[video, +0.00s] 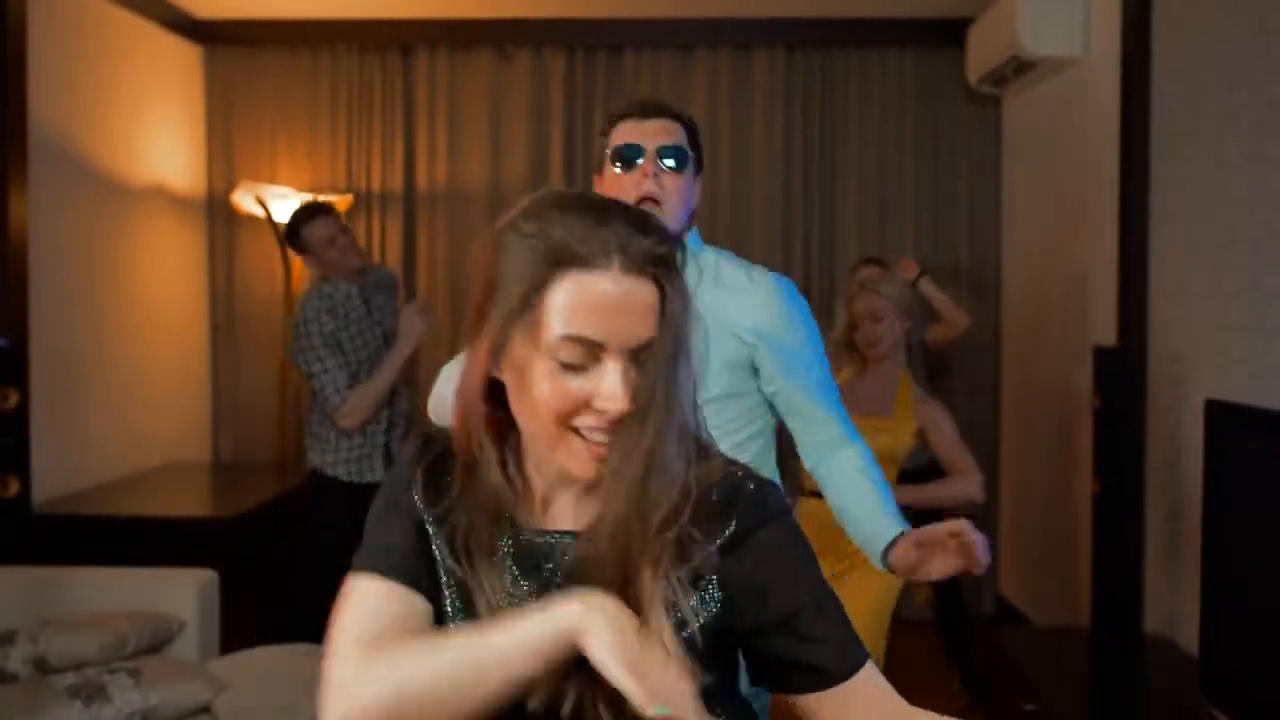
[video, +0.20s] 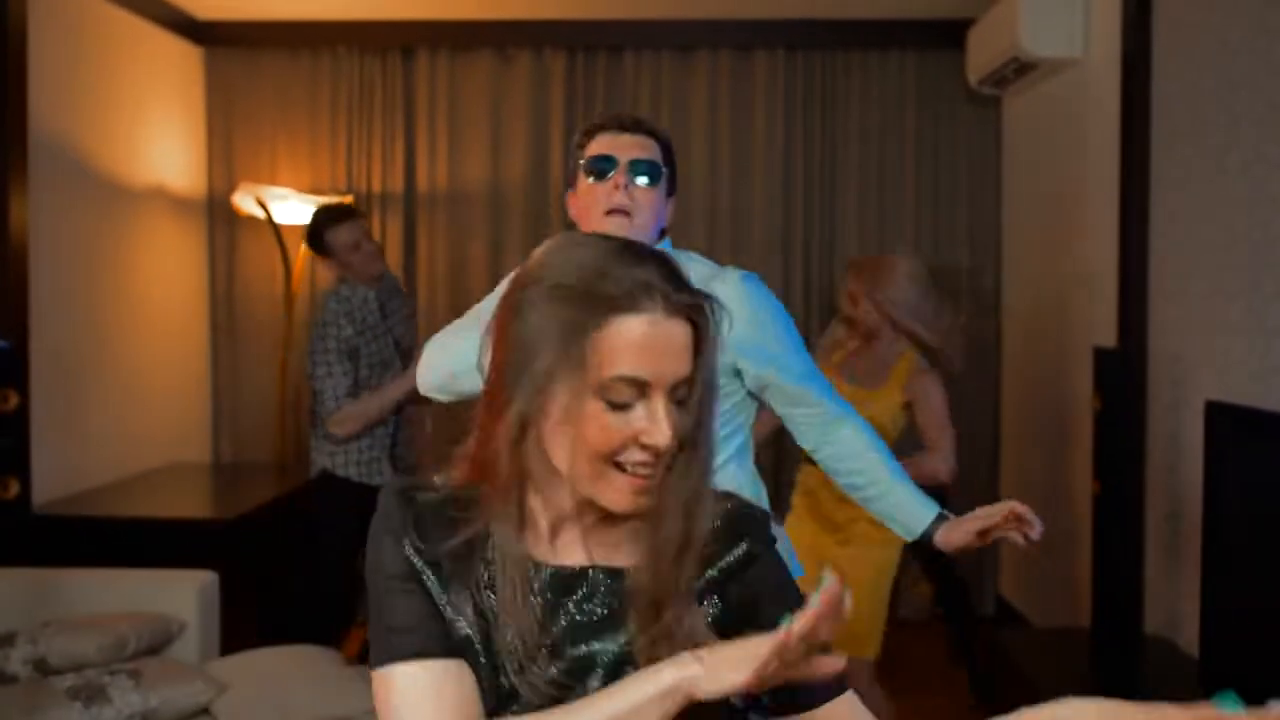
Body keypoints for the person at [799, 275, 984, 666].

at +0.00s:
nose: (866, 330)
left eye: (877, 318)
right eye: (858, 320)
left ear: (904, 324)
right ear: (849, 327)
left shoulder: (918, 405)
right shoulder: (829, 387)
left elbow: (971, 485)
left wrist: (888, 495)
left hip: (875, 536)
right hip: (813, 531)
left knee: (844, 658)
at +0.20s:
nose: (847, 306)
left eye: (859, 300)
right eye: (847, 296)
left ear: (890, 308)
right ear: (844, 295)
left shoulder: (915, 376)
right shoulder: (834, 344)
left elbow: (941, 462)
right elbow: (779, 407)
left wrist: (871, 476)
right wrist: (733, 445)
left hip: (869, 524)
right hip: (809, 510)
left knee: (850, 667)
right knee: (786, 645)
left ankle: (877, 710)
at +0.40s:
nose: (837, 277)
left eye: (847, 265)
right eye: (837, 265)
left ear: (876, 271)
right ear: (840, 271)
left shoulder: (901, 340)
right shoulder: (840, 322)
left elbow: (879, 426)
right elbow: (798, 374)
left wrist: (825, 450)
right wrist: (774, 411)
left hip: (858, 485)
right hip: (812, 475)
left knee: (851, 625)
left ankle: (877, 705)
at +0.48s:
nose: (835, 276)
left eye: (844, 264)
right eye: (834, 263)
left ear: (873, 266)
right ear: (836, 265)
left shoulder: (894, 331)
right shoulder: (837, 316)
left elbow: (854, 418)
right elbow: (802, 376)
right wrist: (779, 418)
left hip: (855, 455)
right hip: (810, 442)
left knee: (850, 577)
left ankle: (857, 678)